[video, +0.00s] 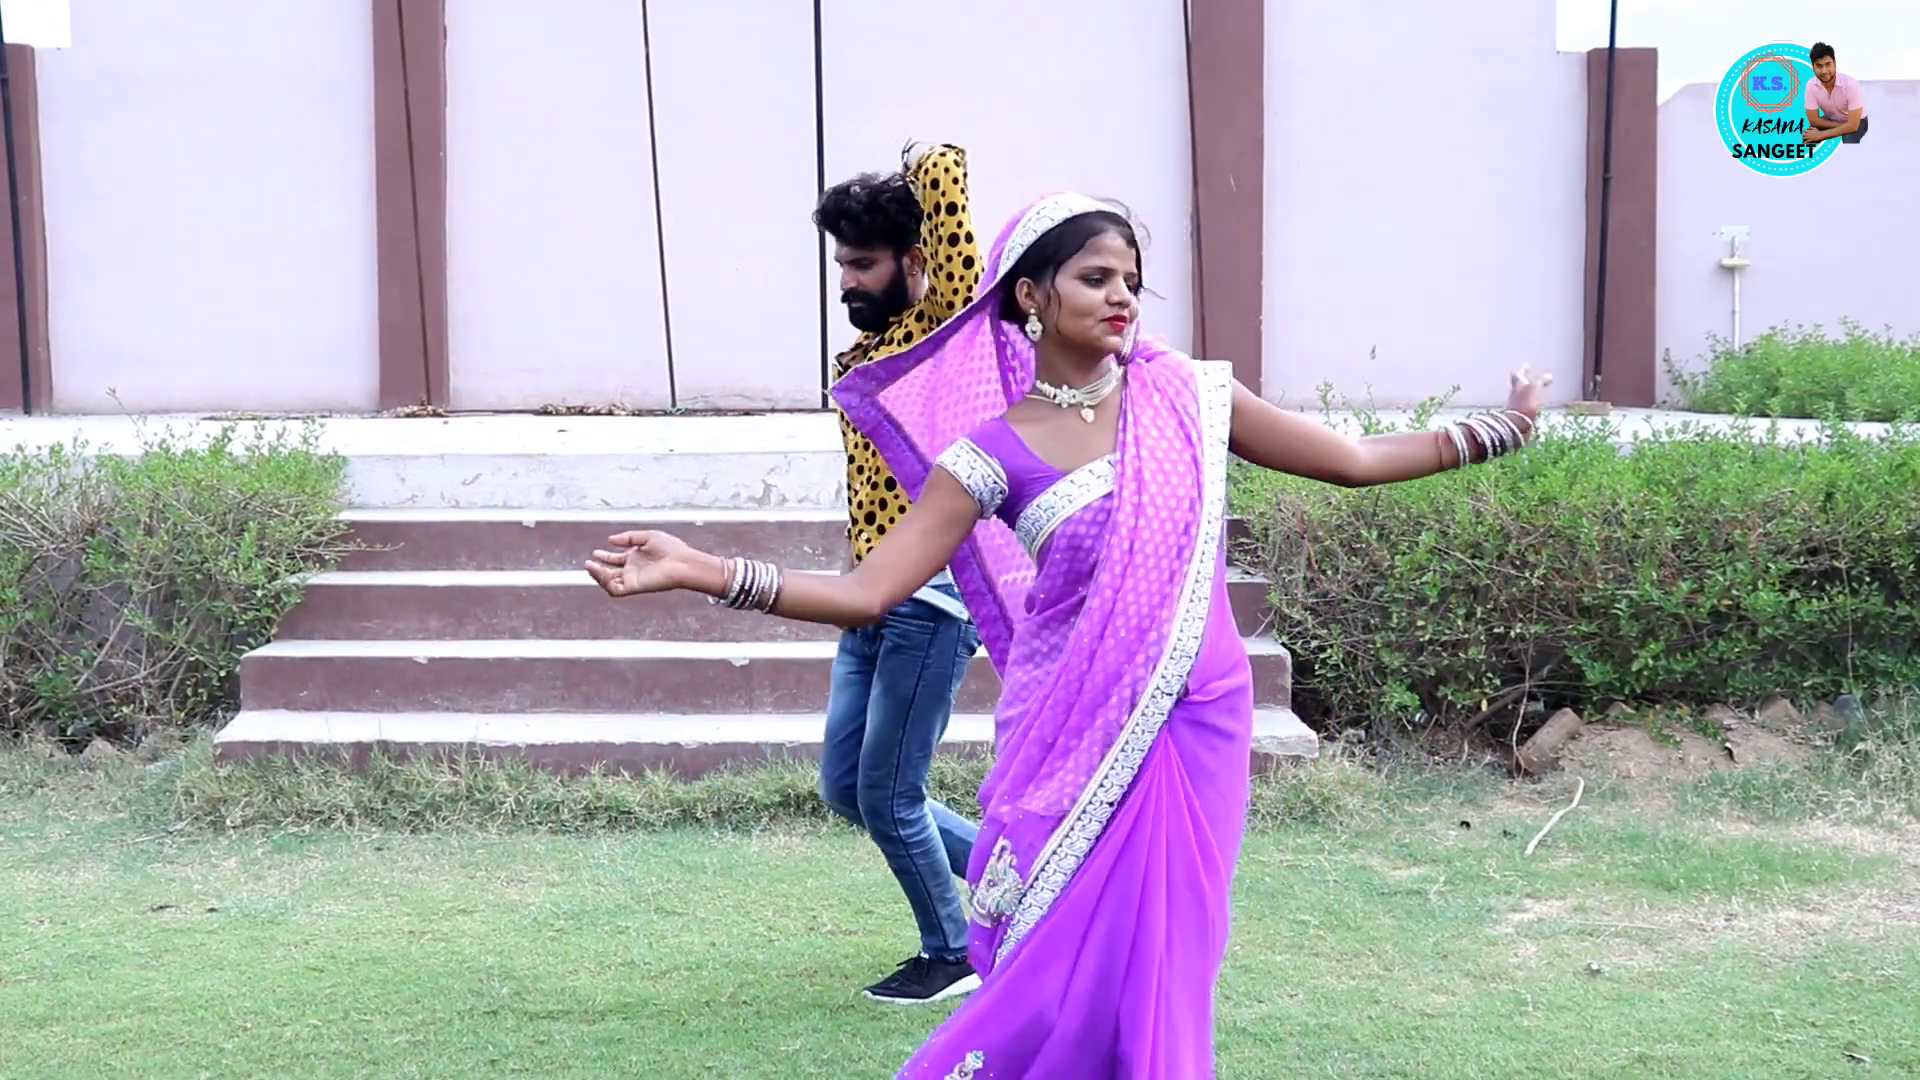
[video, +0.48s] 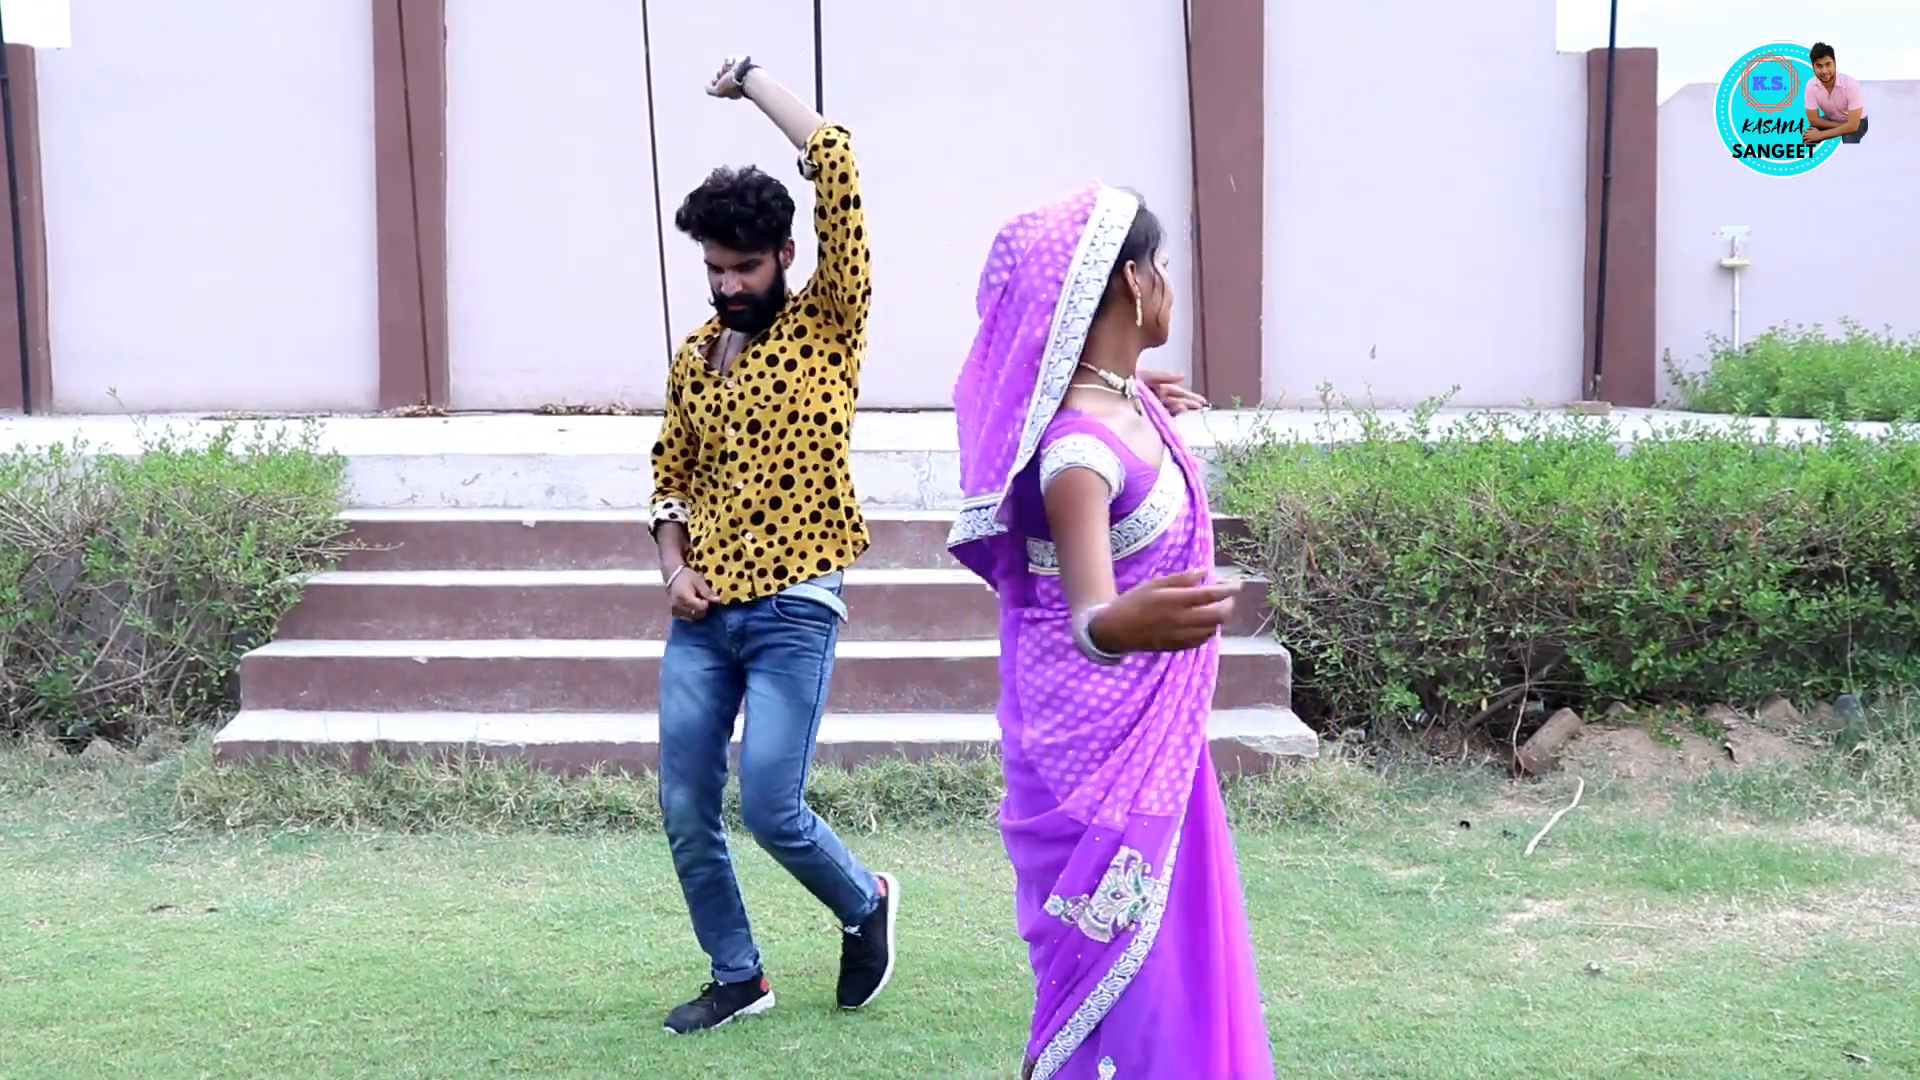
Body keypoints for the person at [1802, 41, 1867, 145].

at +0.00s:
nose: (1824, 71)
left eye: (1828, 65)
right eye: (1819, 66)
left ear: (1835, 63)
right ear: (1813, 67)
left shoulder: (1850, 84)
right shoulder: (1812, 86)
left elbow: (1853, 126)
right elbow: (1813, 120)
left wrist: (1820, 135)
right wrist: (1843, 126)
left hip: (1855, 122)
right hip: (1829, 121)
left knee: (1849, 140)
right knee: (1810, 137)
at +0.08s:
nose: (1824, 71)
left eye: (1828, 65)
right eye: (1819, 66)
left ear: (1835, 63)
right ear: (1813, 67)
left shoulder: (1850, 84)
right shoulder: (1812, 86)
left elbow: (1853, 126)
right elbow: (1813, 120)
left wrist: (1820, 135)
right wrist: (1843, 126)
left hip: (1855, 122)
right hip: (1830, 121)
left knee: (1848, 140)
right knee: (1810, 136)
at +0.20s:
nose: (1824, 71)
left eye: (1828, 65)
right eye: (1819, 66)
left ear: (1835, 63)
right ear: (1813, 67)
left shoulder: (1850, 84)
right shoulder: (1812, 86)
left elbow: (1853, 126)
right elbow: (1813, 120)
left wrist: (1820, 135)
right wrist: (1843, 126)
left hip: (1855, 122)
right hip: (1830, 121)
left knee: (1848, 140)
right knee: (1810, 136)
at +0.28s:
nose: (1824, 71)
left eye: (1828, 65)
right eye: (1819, 66)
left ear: (1835, 63)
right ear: (1813, 67)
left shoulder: (1850, 84)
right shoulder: (1812, 86)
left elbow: (1853, 126)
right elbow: (1813, 120)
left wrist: (1820, 135)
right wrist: (1843, 126)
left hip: (1855, 122)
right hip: (1830, 121)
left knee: (1848, 140)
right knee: (1810, 136)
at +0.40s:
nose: (1824, 71)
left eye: (1828, 65)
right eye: (1819, 66)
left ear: (1835, 63)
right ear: (1813, 67)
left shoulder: (1850, 84)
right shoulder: (1812, 86)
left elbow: (1853, 126)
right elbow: (1813, 120)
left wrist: (1820, 135)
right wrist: (1843, 126)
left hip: (1855, 122)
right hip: (1829, 121)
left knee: (1849, 140)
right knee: (1810, 137)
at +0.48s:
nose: (1824, 71)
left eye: (1828, 65)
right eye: (1819, 66)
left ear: (1835, 63)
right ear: (1813, 67)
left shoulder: (1850, 84)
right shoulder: (1812, 86)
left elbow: (1853, 126)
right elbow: (1813, 120)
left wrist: (1820, 135)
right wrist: (1843, 126)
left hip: (1855, 122)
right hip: (1829, 121)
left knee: (1849, 140)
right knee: (1810, 137)